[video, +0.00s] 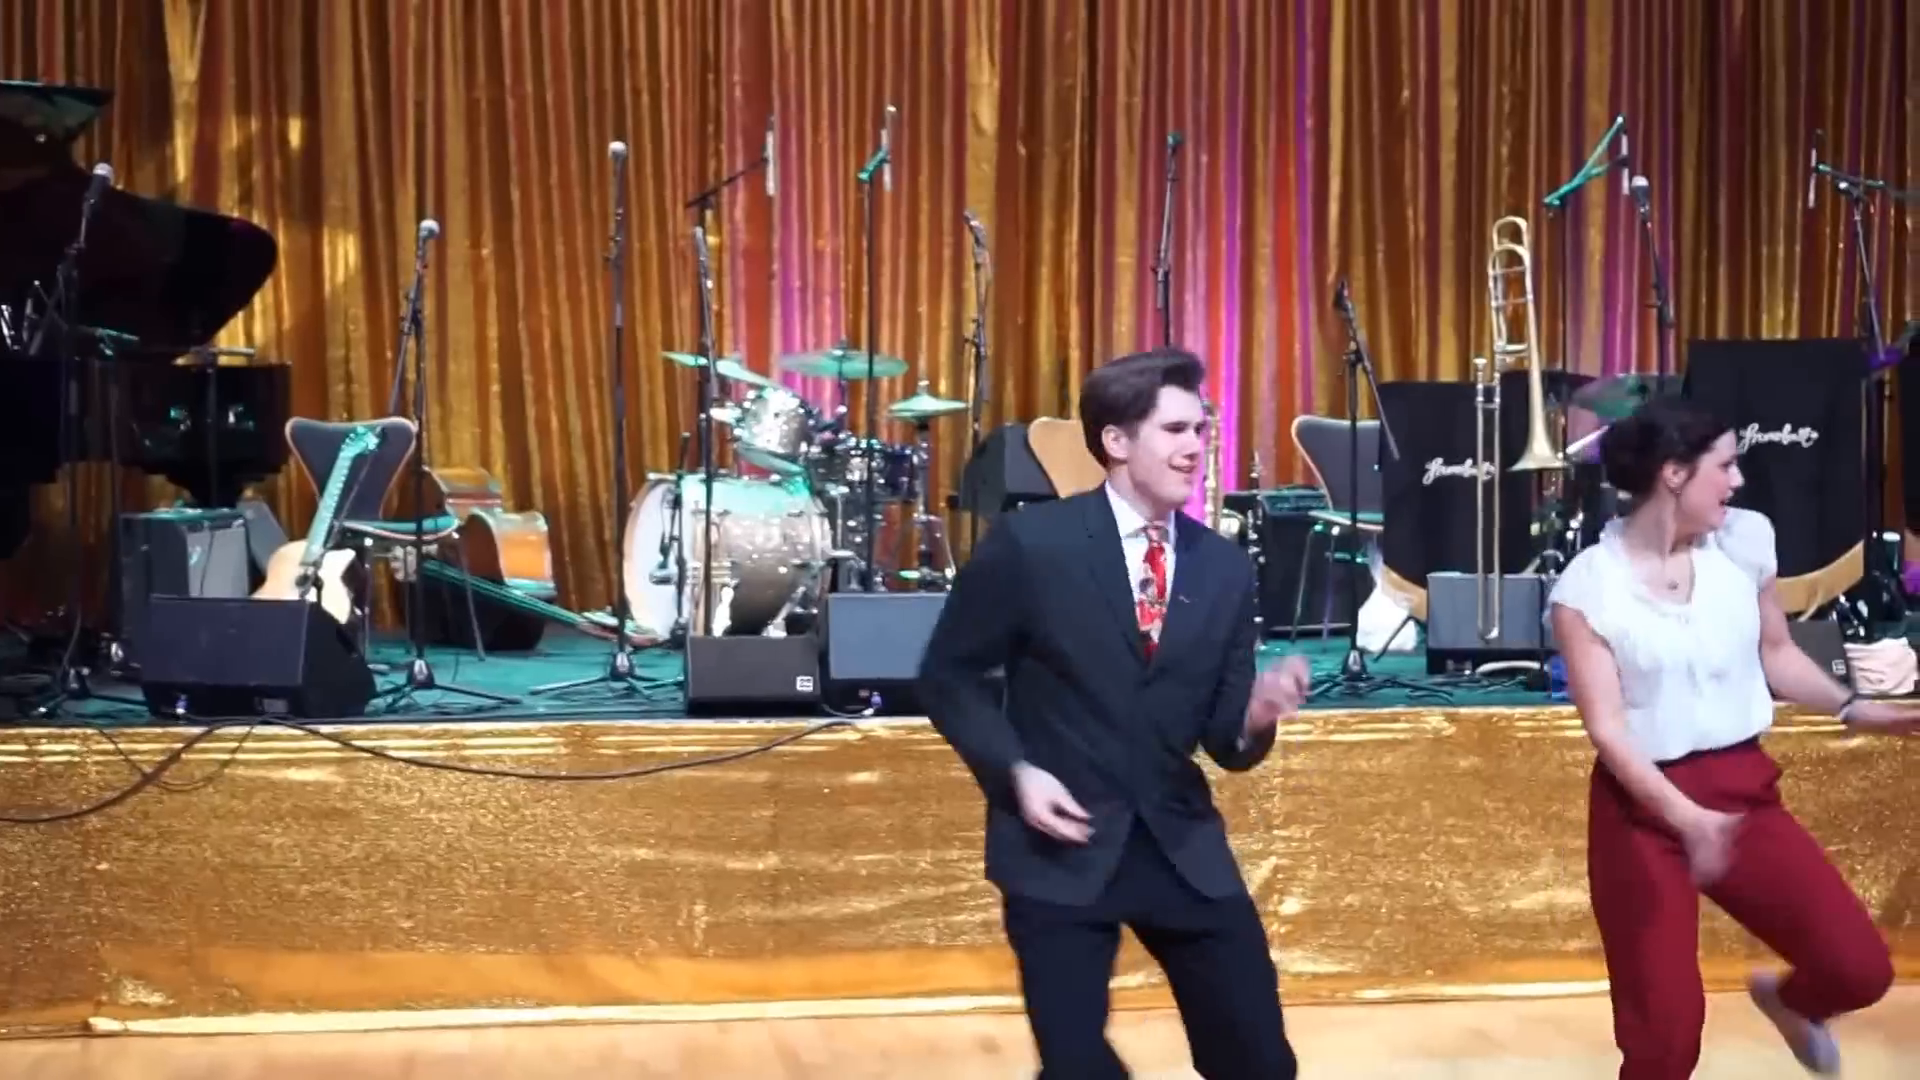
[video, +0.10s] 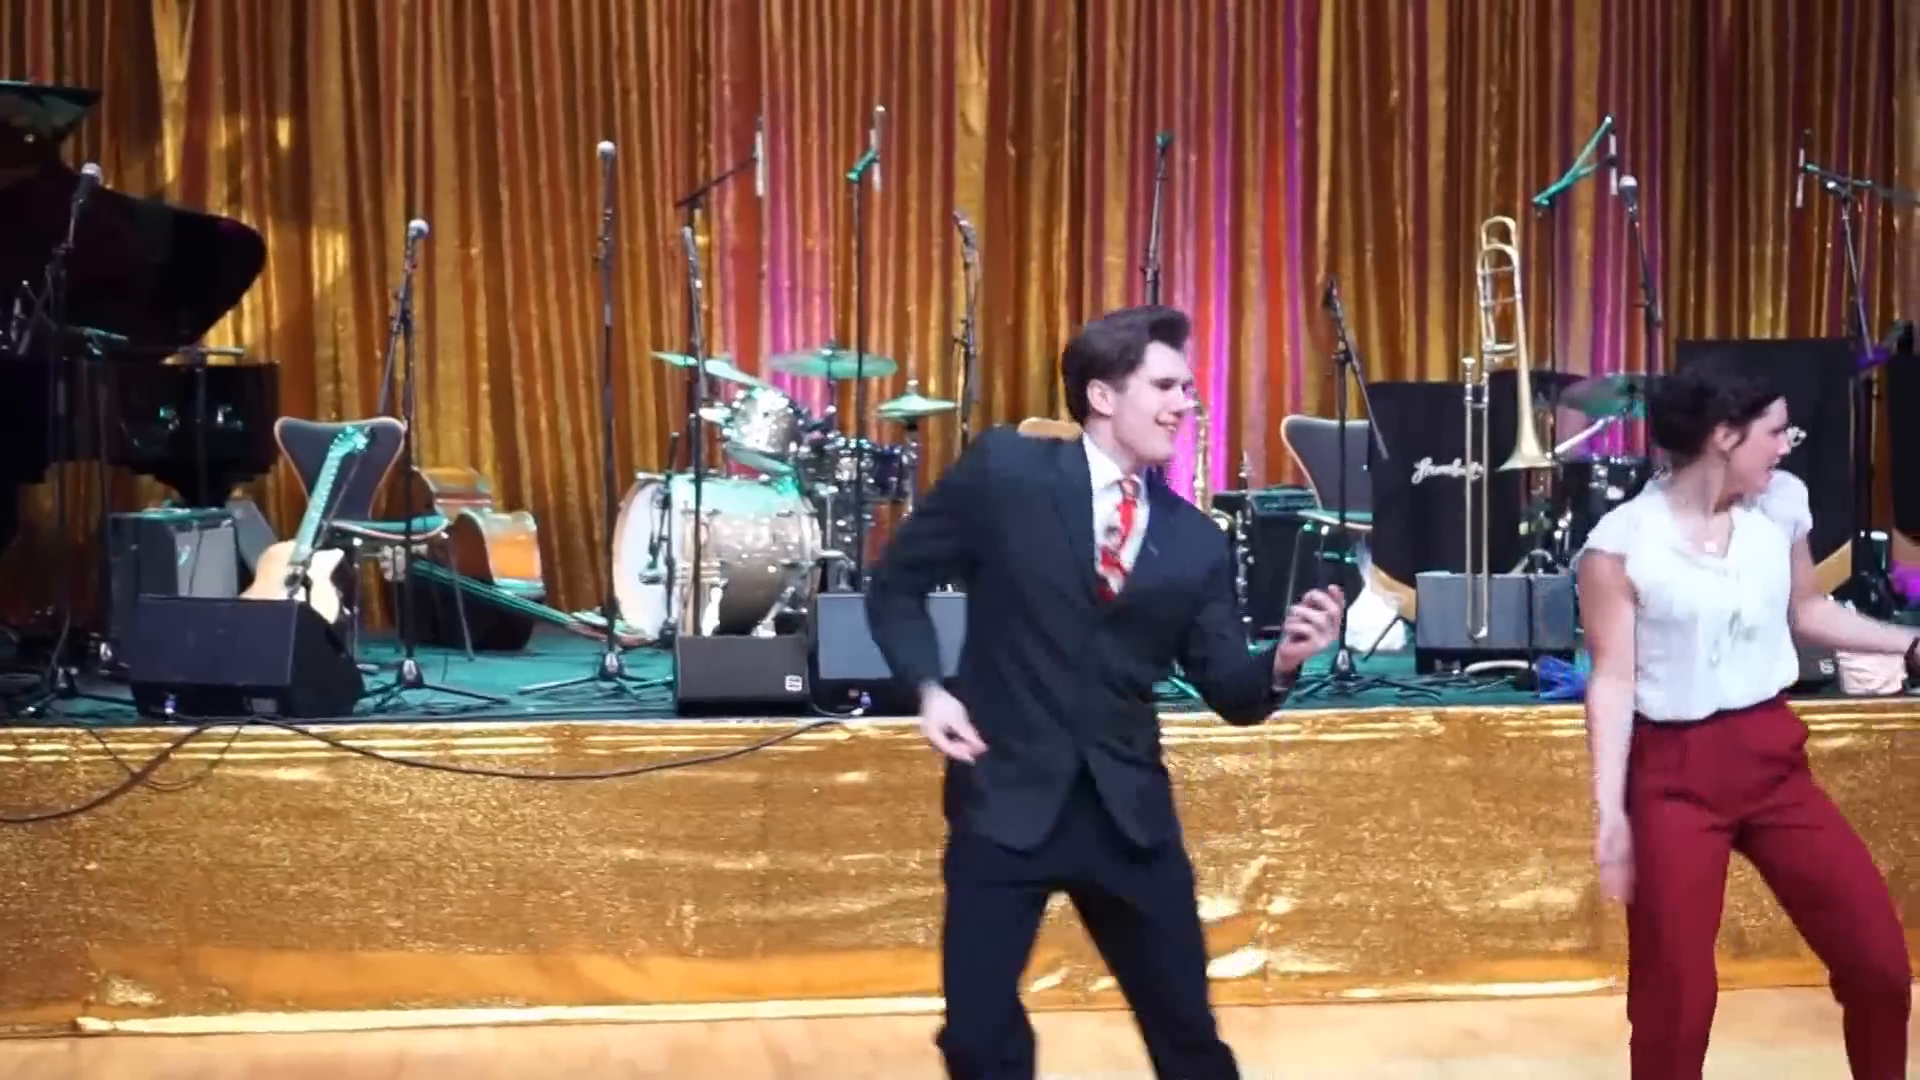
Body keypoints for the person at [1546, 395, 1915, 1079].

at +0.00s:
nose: (1735, 482)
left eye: (1734, 466)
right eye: (1723, 466)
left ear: (1676, 476)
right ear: (1671, 476)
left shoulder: (1743, 549)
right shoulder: (1587, 588)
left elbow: (1776, 650)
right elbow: (1607, 731)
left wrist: (1854, 708)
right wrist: (1688, 816)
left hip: (1745, 796)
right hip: (1640, 811)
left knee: (1861, 971)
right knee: (1665, 1044)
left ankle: (1785, 999)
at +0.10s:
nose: (1787, 445)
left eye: (1786, 430)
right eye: (1775, 431)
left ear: (1732, 438)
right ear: (1724, 438)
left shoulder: (1780, 511)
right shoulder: (1619, 544)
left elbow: (1808, 612)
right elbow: (1612, 681)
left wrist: (1910, 642)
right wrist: (1610, 815)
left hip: (1777, 772)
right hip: (1674, 785)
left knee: (1881, 970)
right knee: (1676, 1010)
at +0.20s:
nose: (1822, 447)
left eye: (1824, 431)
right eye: (1815, 430)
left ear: (1766, 438)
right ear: (1762, 437)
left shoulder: (1817, 514)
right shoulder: (1661, 541)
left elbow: (1875, 583)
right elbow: (1609, 668)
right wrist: (1551, 782)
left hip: (1809, 783)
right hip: (1704, 789)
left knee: (1875, 996)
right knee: (1718, 1019)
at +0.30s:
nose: (1859, 453)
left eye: (1859, 435)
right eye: (1850, 435)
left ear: (1803, 440)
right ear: (1799, 440)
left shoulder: (1859, 507)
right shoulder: (1696, 545)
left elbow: (1913, 577)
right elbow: (1615, 647)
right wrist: (1530, 747)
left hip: (1833, 791)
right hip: (1732, 797)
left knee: (1875, 1010)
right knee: (1721, 1026)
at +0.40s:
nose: (1886, 440)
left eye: (1887, 423)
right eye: (1877, 422)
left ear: (1836, 424)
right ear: (1826, 423)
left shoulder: (1879, 505)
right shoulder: (1714, 522)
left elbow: (1916, 610)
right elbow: (1628, 626)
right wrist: (1546, 725)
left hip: (1849, 774)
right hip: (1744, 777)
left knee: (1869, 1012)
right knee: (1719, 1001)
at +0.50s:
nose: (1903, 462)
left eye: (1903, 444)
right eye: (1893, 445)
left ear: (1849, 452)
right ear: (1842, 450)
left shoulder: (1878, 551)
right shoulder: (1725, 537)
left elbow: (1906, 675)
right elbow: (1640, 643)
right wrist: (1553, 735)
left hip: (1858, 790)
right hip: (1758, 793)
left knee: (1881, 1015)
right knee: (1749, 1027)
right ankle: (1645, 969)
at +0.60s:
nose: (1903, 481)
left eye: (1903, 464)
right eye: (1888, 463)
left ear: (1845, 473)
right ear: (1831, 471)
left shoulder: (1873, 587)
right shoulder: (1733, 560)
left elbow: (1894, 709)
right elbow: (1641, 653)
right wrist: (1544, 736)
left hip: (1850, 810)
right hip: (1753, 812)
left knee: (1884, 1027)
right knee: (1745, 1047)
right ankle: (1680, 890)